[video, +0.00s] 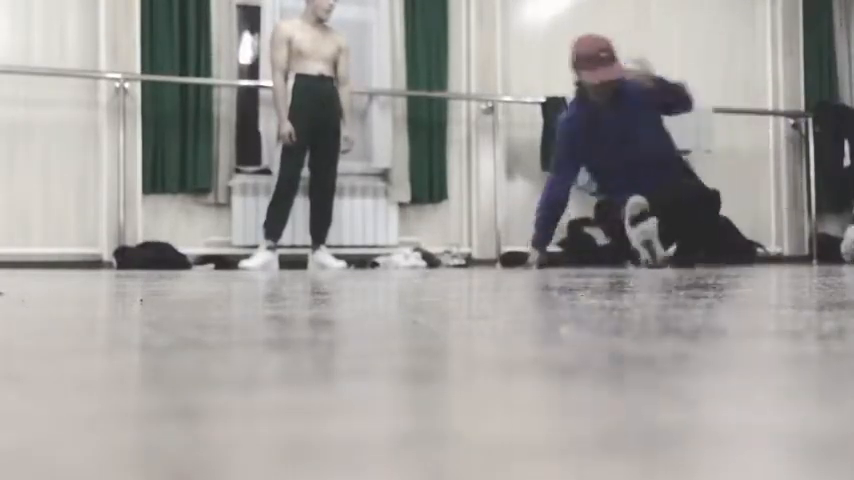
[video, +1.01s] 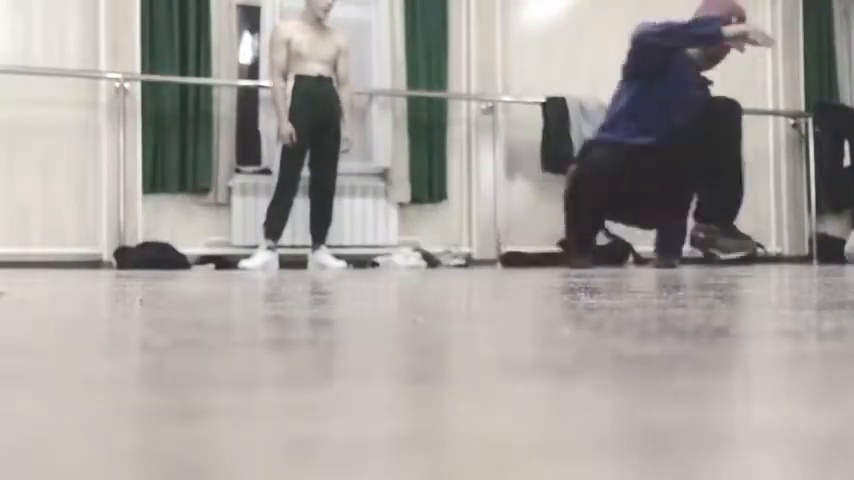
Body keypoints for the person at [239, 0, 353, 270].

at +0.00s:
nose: (330, 5)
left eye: (333, 2)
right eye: (325, 1)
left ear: (333, 7)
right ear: (310, 2)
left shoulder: (337, 40)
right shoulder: (286, 30)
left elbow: (343, 83)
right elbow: (278, 75)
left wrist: (346, 125)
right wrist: (283, 119)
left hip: (328, 100)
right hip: (299, 97)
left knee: (324, 180)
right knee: (288, 177)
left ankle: (319, 251)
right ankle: (268, 248)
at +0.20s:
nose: (329, 6)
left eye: (332, 2)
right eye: (325, 1)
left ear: (332, 7)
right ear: (310, 2)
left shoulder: (337, 40)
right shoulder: (286, 30)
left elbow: (343, 84)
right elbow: (278, 76)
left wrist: (346, 125)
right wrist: (283, 119)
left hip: (328, 101)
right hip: (299, 98)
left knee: (324, 180)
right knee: (288, 177)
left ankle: (319, 251)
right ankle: (268, 248)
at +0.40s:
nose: (329, 6)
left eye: (332, 3)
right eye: (325, 1)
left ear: (332, 7)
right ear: (310, 2)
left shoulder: (337, 40)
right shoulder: (285, 29)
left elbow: (342, 84)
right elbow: (278, 75)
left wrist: (346, 126)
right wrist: (283, 119)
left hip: (328, 100)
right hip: (299, 97)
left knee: (324, 179)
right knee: (288, 177)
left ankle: (319, 250)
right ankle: (268, 248)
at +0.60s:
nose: (329, 6)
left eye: (332, 3)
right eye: (324, 1)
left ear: (331, 7)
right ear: (310, 2)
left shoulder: (336, 39)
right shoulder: (285, 30)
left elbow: (342, 83)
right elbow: (278, 76)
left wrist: (345, 127)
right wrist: (283, 120)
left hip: (328, 100)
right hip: (299, 96)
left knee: (325, 180)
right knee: (288, 178)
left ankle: (319, 250)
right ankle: (268, 248)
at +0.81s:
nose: (329, 6)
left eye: (331, 3)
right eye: (324, 1)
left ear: (331, 7)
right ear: (310, 2)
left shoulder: (336, 39)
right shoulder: (285, 31)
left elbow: (342, 84)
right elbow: (278, 77)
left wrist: (344, 127)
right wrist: (283, 120)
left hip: (328, 100)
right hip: (299, 96)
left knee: (325, 180)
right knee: (288, 178)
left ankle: (319, 250)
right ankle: (268, 248)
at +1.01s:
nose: (328, 5)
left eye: (331, 2)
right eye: (324, 0)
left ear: (331, 6)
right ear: (309, 1)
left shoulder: (336, 39)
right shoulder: (285, 31)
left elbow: (343, 84)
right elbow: (277, 78)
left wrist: (345, 128)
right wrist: (283, 120)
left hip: (328, 100)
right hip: (299, 97)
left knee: (325, 180)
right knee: (288, 177)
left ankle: (319, 250)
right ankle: (268, 248)